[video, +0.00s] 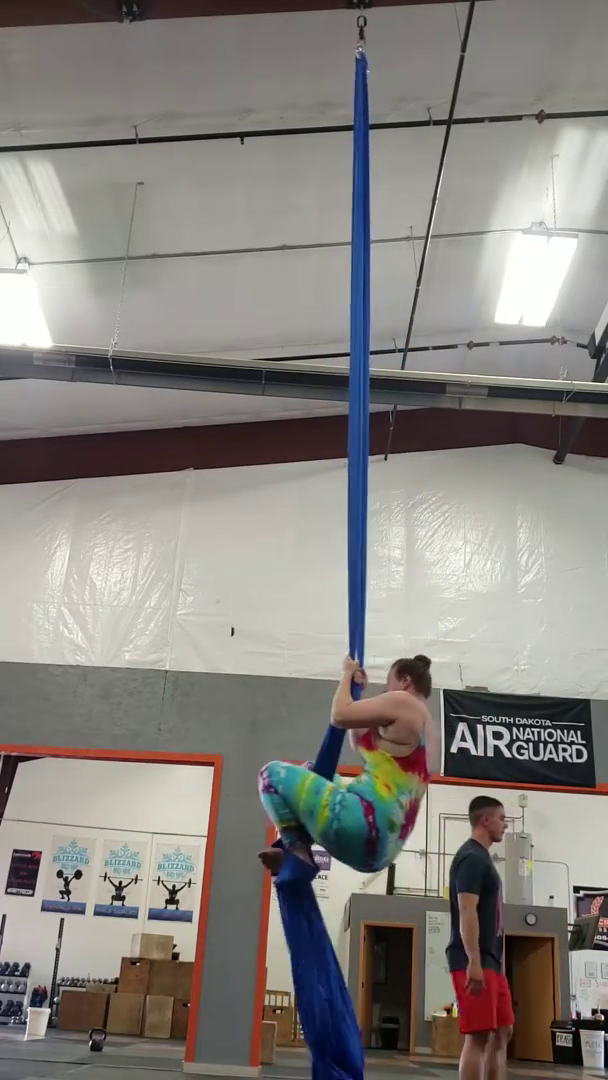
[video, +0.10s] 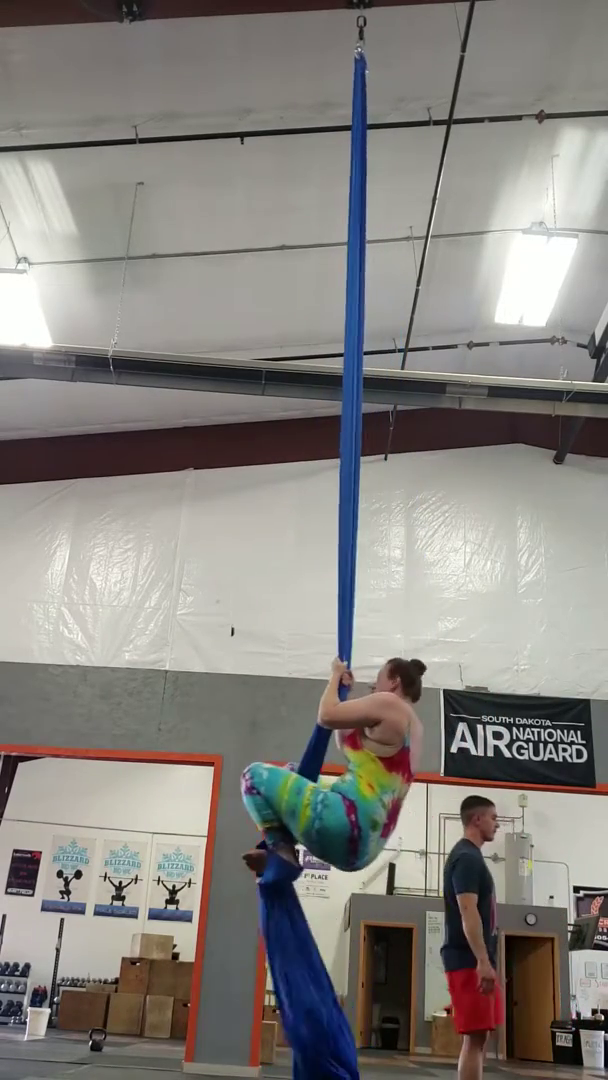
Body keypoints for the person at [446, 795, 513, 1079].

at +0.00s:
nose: (505, 825)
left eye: (505, 819)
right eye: (502, 819)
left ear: (484, 821)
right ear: (484, 820)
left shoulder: (482, 857)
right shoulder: (471, 857)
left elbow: (487, 914)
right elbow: (467, 911)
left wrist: (496, 962)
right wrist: (473, 961)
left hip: (491, 963)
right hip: (474, 963)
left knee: (503, 1032)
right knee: (478, 1037)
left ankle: (493, 1075)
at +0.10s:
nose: (497, 825)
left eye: (496, 819)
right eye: (493, 819)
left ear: (475, 821)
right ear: (476, 820)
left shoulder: (467, 854)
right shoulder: (466, 857)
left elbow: (471, 912)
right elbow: (468, 912)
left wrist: (486, 961)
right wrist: (483, 961)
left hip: (471, 961)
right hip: (468, 961)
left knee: (478, 1038)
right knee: (474, 1039)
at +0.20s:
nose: (488, 823)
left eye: (487, 818)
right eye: (484, 817)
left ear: (464, 820)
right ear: (467, 819)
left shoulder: (455, 854)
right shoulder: (460, 857)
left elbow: (462, 910)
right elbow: (468, 910)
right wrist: (493, 958)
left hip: (457, 956)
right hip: (464, 957)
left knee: (464, 1032)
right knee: (473, 1035)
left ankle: (434, 1075)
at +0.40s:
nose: (468, 826)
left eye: (467, 820)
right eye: (464, 820)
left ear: (444, 823)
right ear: (448, 822)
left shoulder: (431, 858)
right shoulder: (443, 858)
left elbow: (438, 915)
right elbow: (457, 910)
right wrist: (490, 953)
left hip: (436, 960)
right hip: (452, 960)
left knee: (433, 1032)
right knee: (465, 1035)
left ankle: (405, 1076)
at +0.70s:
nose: (438, 830)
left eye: (438, 824)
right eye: (435, 823)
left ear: (413, 825)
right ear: (418, 824)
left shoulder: (395, 860)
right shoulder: (420, 861)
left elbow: (396, 914)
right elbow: (428, 913)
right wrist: (446, 960)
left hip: (393, 959)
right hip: (418, 961)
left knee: (394, 1033)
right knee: (442, 1032)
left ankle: (384, 1077)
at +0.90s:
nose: (425, 828)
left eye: (425, 823)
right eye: (421, 822)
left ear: (401, 824)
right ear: (406, 823)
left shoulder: (385, 859)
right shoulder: (407, 858)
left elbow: (383, 913)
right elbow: (413, 910)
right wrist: (429, 956)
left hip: (382, 959)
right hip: (407, 959)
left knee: (386, 1032)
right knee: (430, 1030)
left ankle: (380, 1078)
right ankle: (441, 1076)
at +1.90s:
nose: (453, 836)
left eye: (453, 830)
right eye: (451, 830)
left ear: (426, 831)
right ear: (441, 831)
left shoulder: (406, 866)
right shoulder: (441, 866)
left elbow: (406, 918)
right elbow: (452, 919)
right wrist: (469, 964)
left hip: (403, 963)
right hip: (434, 964)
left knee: (406, 1032)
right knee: (448, 1035)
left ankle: (388, 1077)